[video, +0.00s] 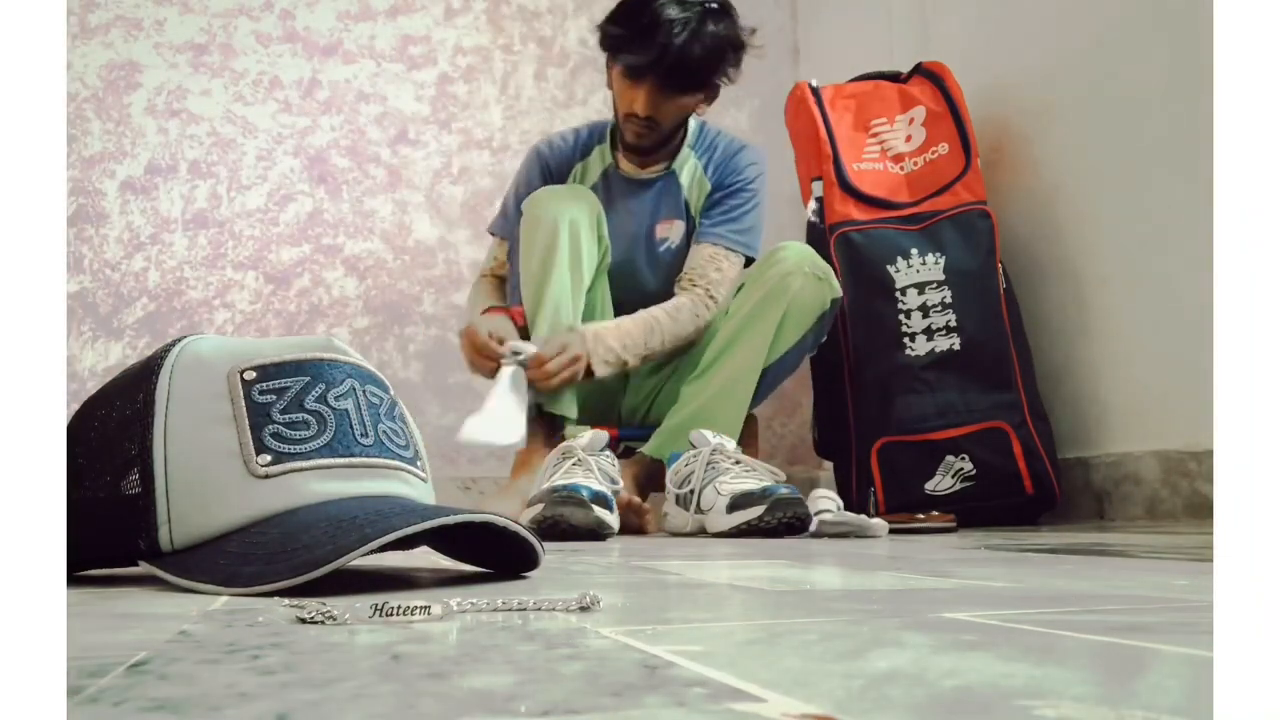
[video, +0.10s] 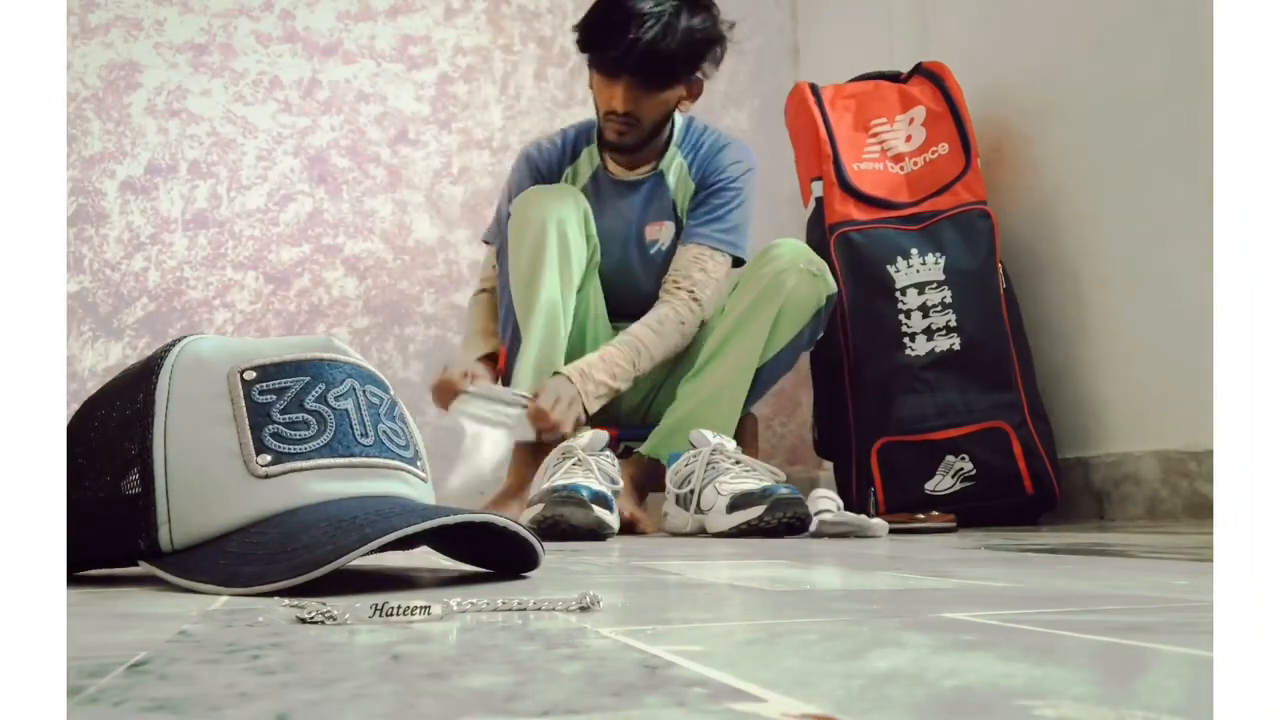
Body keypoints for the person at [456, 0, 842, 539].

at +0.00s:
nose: (642, 105)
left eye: (671, 89)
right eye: (632, 76)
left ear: (706, 97)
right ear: (610, 65)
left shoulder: (733, 167)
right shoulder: (554, 158)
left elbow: (701, 301)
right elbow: (493, 278)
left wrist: (596, 344)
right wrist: (488, 323)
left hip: (671, 383)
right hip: (577, 383)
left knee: (800, 267)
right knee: (559, 204)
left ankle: (660, 467)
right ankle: (570, 453)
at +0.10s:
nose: (617, 103)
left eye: (644, 86)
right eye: (606, 76)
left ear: (687, 92)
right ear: (589, 68)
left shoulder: (721, 163)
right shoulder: (544, 161)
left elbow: (685, 304)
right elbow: (494, 283)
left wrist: (581, 383)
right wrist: (479, 358)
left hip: (670, 379)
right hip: (574, 371)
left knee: (797, 265)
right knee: (547, 203)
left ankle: (643, 474)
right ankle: (563, 454)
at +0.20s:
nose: (609, 106)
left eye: (635, 88)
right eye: (595, 79)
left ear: (681, 91)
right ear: (578, 72)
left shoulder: (719, 164)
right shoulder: (537, 166)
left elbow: (682, 313)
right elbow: (490, 296)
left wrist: (574, 396)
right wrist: (486, 378)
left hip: (673, 376)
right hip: (573, 369)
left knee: (795, 264)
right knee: (541, 202)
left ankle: (662, 468)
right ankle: (561, 457)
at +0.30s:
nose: (608, 108)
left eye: (634, 90)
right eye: (595, 82)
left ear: (681, 92)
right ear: (578, 72)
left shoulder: (718, 164)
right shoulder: (536, 165)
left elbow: (674, 313)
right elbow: (494, 293)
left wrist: (572, 397)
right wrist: (483, 376)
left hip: (669, 376)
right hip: (570, 370)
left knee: (795, 264)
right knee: (541, 202)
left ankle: (668, 466)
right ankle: (566, 453)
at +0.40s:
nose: (613, 104)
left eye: (640, 87)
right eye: (601, 77)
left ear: (684, 92)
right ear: (583, 70)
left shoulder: (721, 165)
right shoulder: (538, 168)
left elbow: (681, 315)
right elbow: (497, 296)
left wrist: (584, 397)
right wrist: (487, 380)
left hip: (678, 373)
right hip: (575, 371)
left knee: (796, 264)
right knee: (541, 202)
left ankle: (680, 462)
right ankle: (569, 453)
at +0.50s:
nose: (619, 102)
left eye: (645, 86)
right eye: (607, 76)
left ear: (689, 92)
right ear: (589, 70)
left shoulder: (725, 173)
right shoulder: (541, 169)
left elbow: (676, 318)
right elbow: (493, 300)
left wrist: (571, 405)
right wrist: (486, 386)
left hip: (675, 378)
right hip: (577, 374)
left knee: (795, 264)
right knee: (542, 202)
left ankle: (649, 471)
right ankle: (565, 455)